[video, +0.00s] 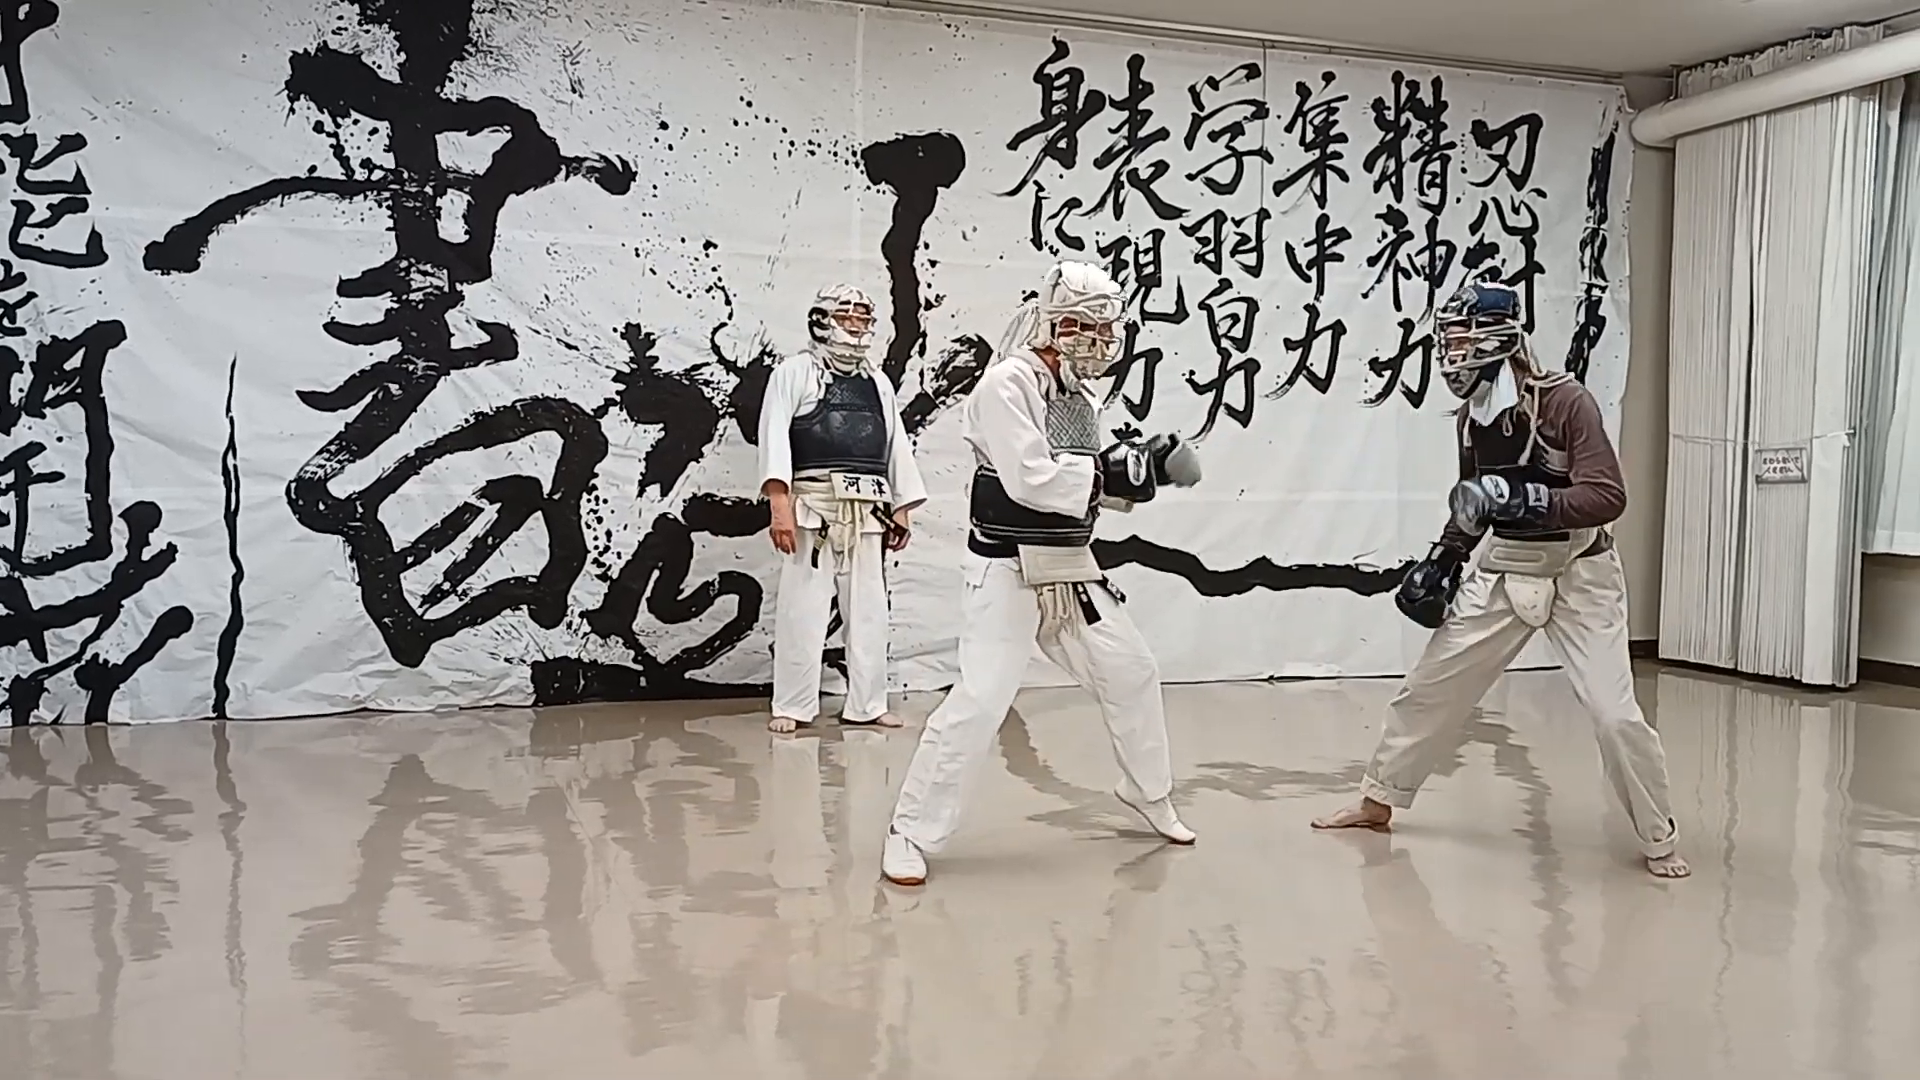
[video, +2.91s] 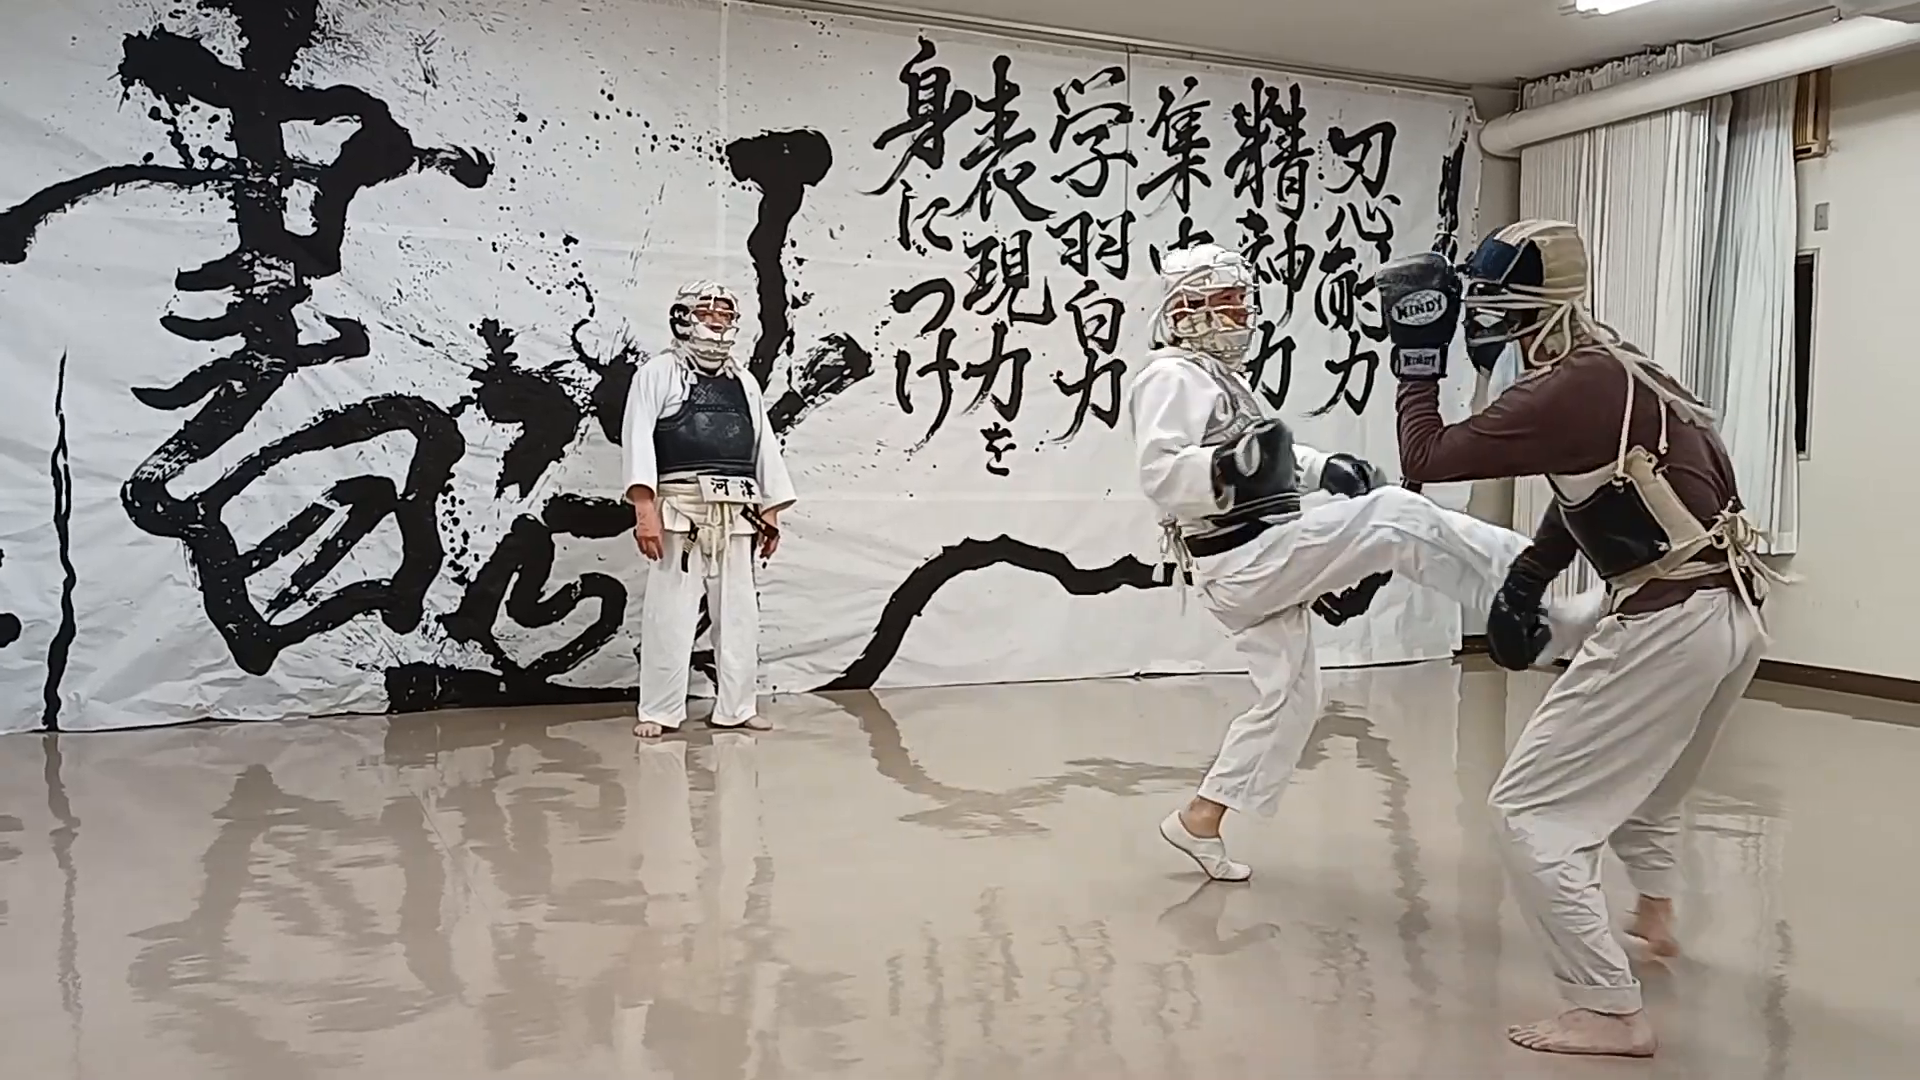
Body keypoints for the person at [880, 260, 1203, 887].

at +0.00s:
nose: (1092, 341)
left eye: (1102, 330)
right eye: (1079, 327)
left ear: (1110, 333)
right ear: (1050, 325)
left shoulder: (1081, 396)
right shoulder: (1005, 382)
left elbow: (1084, 482)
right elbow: (1028, 478)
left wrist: (1140, 472)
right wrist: (1115, 472)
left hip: (1068, 566)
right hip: (1005, 568)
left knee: (1133, 672)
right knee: (981, 697)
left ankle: (1149, 794)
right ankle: (909, 836)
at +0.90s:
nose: (1048, 350)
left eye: (1056, 339)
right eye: (1033, 339)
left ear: (1065, 344)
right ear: (1003, 343)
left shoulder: (1047, 412)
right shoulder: (959, 409)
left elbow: (1039, 486)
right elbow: (959, 510)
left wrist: (1064, 517)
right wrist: (1036, 524)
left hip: (1022, 576)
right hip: (956, 581)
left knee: (1082, 679)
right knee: (956, 709)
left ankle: (1091, 797)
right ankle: (880, 827)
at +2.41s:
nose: (1106, 353)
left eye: (1115, 340)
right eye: (1089, 340)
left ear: (1126, 345)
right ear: (1057, 346)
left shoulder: (1121, 417)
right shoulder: (1021, 415)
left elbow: (1125, 496)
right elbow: (1021, 512)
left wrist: (1154, 521)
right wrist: (1102, 517)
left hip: (1097, 596)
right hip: (1023, 596)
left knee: (1181, 685)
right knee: (987, 720)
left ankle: (1184, 826)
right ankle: (929, 817)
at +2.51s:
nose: (1148, 345)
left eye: (1155, 332)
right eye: (1133, 332)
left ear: (1162, 337)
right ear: (1100, 340)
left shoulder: (1157, 413)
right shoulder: (1069, 405)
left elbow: (1173, 494)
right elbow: (1081, 491)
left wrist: (1220, 486)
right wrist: (1157, 474)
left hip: (1133, 591)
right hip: (1061, 590)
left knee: (1199, 700)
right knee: (1020, 728)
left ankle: (1193, 839)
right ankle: (934, 805)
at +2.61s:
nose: (1177, 332)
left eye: (1184, 321)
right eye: (1162, 319)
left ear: (1194, 328)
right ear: (1130, 324)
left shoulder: (1184, 400)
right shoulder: (1100, 384)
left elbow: (1248, 457)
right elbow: (1079, 475)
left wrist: (1290, 439)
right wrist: (1141, 494)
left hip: (1177, 567)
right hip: (1117, 568)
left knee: (1221, 698)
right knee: (1183, 696)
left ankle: (1194, 839)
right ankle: (1082, 760)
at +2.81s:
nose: (1218, 319)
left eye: (1223, 307)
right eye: (1204, 307)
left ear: (1228, 312)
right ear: (1166, 313)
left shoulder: (1220, 383)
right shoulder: (1139, 377)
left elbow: (1267, 435)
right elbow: (1101, 472)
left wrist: (1327, 435)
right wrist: (1156, 510)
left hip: (1244, 549)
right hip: (1212, 552)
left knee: (1263, 690)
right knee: (1352, 528)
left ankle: (1196, 819)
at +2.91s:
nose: (1237, 316)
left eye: (1240, 303)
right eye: (1222, 304)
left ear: (1244, 307)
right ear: (1184, 311)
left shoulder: (1223, 379)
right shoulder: (1171, 376)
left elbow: (1260, 451)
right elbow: (1159, 473)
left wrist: (1327, 472)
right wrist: (1230, 464)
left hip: (1259, 555)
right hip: (1240, 561)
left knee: (1290, 694)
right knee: (1398, 514)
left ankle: (1200, 818)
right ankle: (1556, 602)